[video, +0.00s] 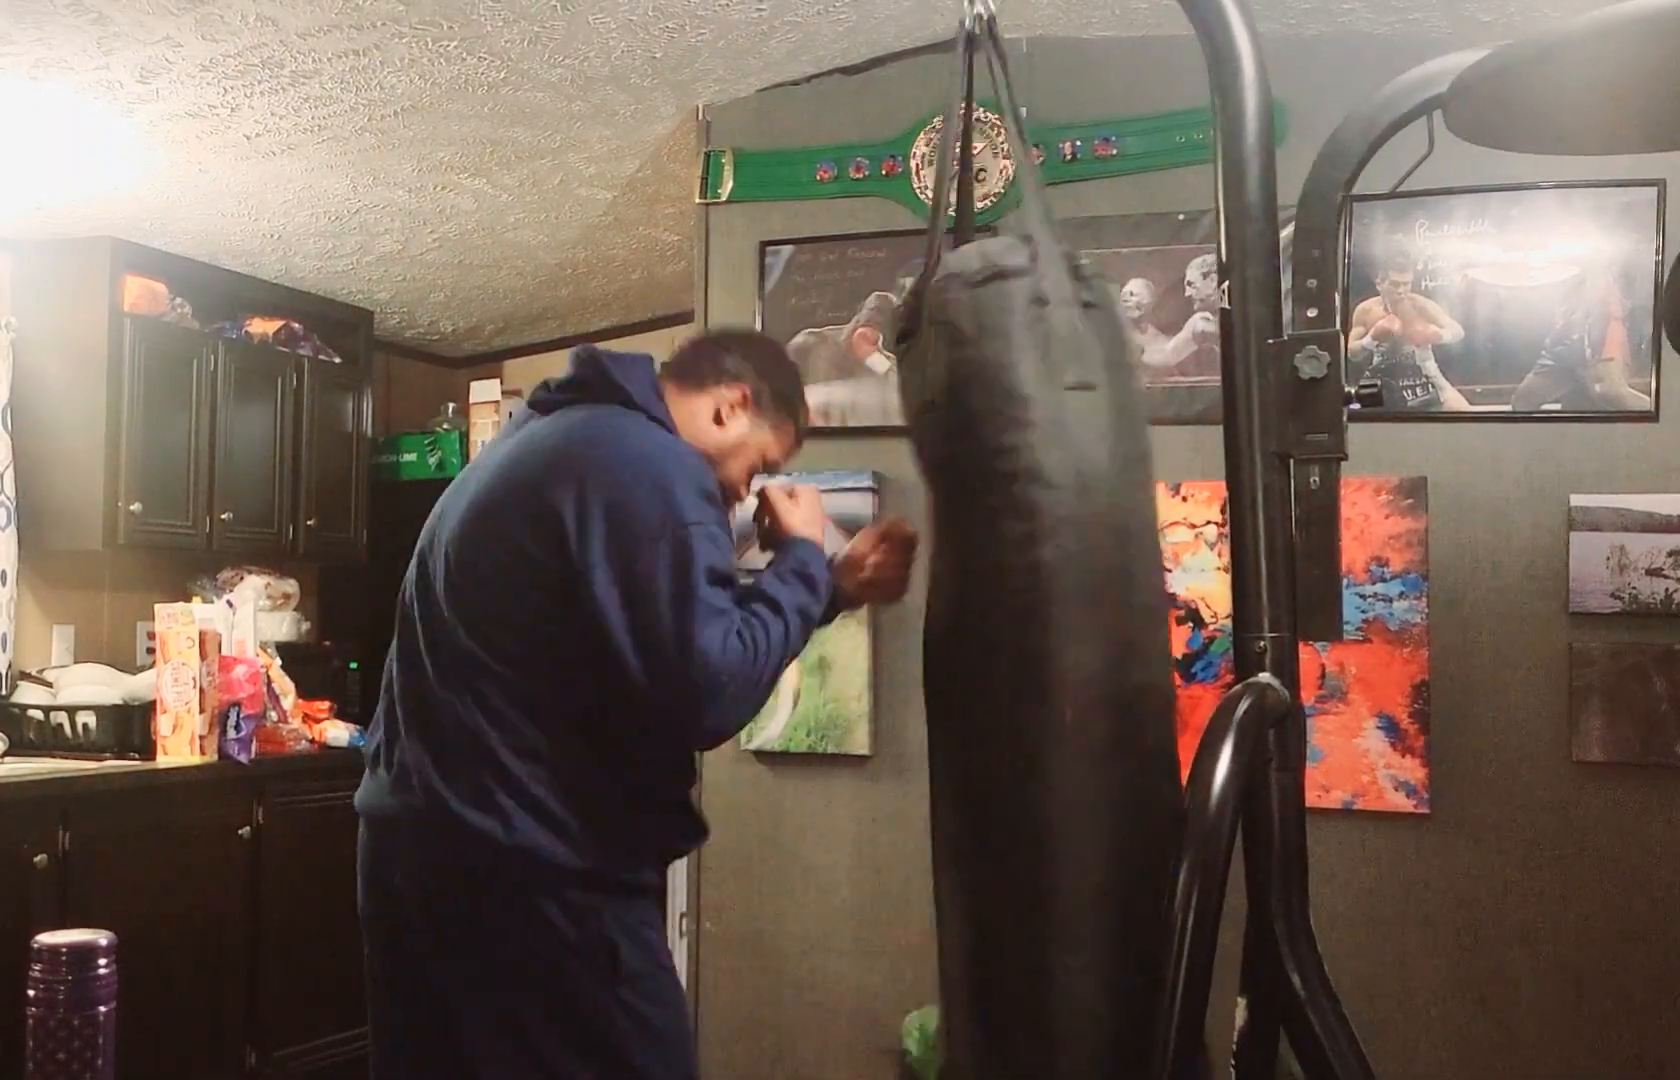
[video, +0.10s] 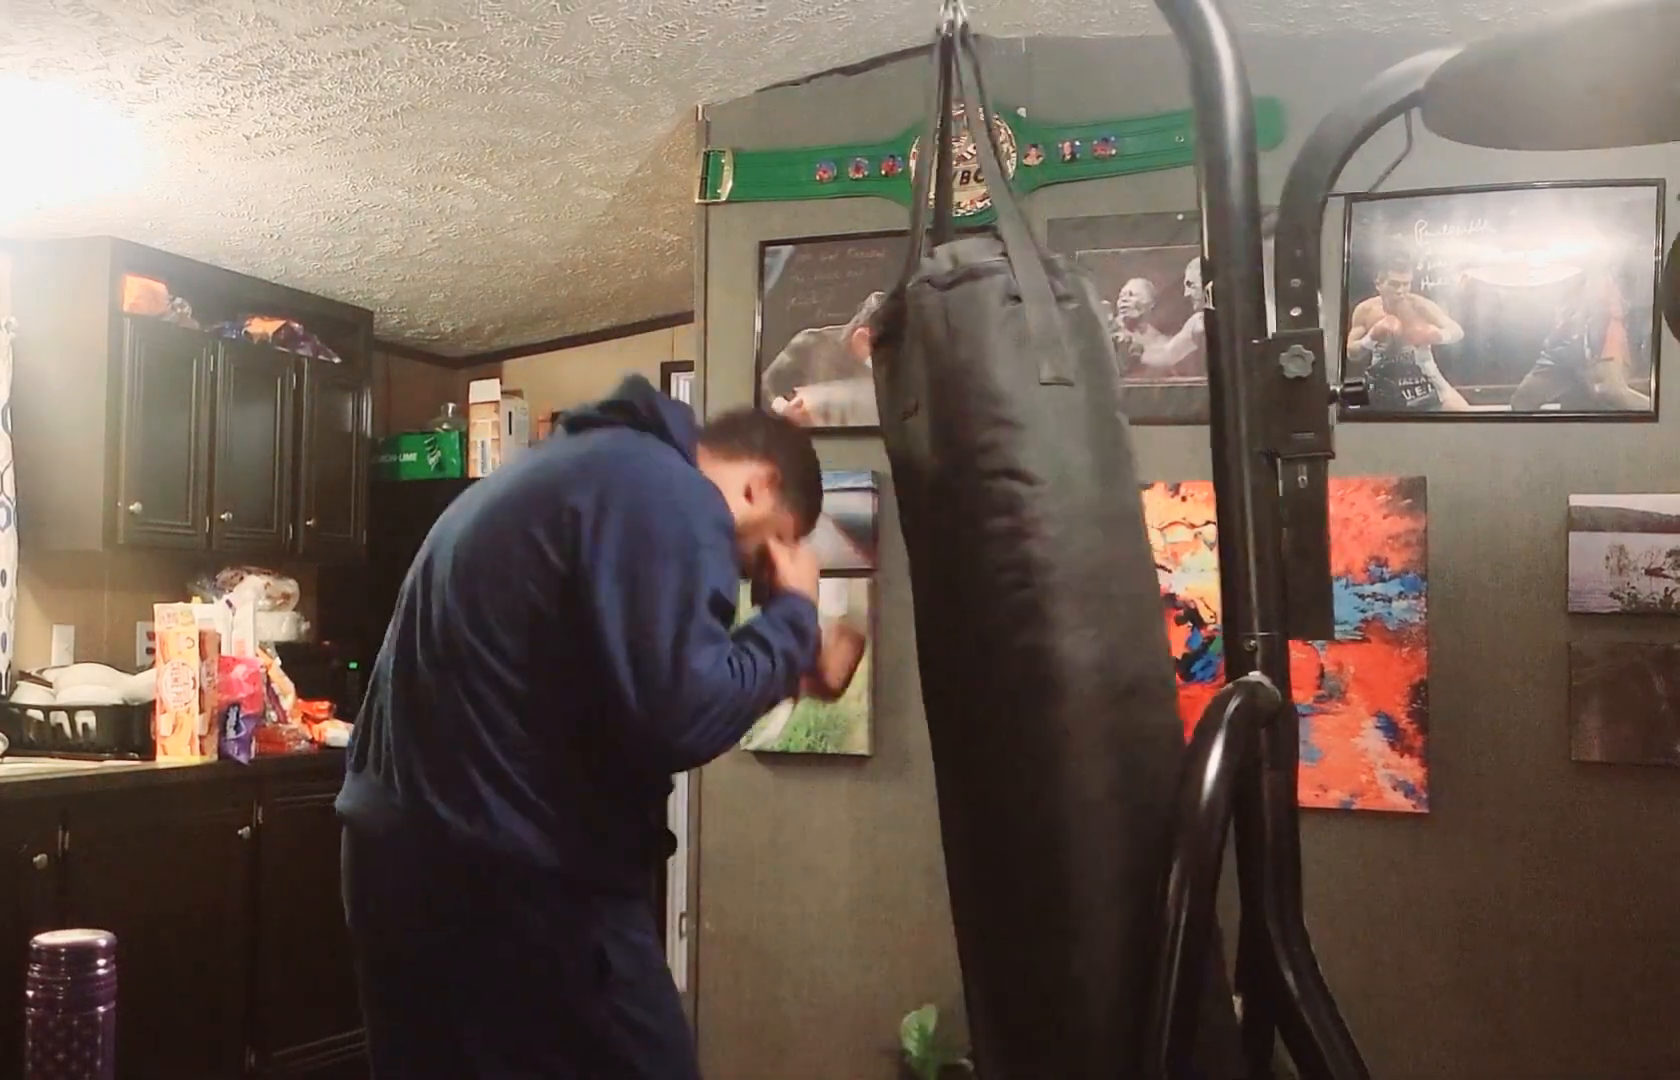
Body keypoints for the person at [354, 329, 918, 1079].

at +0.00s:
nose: (743, 494)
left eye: (759, 478)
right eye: (757, 466)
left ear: (717, 400)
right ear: (731, 407)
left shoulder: (548, 438)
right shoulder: (644, 464)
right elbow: (705, 693)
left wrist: (831, 585)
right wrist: (803, 561)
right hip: (545, 873)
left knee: (442, 1066)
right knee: (636, 1063)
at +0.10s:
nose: (752, 566)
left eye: (770, 555)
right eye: (769, 545)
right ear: (757, 488)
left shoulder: (562, 468)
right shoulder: (656, 487)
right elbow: (679, 716)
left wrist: (792, 666)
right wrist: (794, 614)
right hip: (524, 874)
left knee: (435, 1064)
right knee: (638, 1063)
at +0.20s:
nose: (772, 626)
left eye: (787, 615)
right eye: (790, 604)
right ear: (775, 550)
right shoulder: (703, 526)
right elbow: (681, 741)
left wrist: (762, 744)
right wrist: (802, 683)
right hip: (510, 877)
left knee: (418, 1066)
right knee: (642, 1065)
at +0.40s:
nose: (850, 618)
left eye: (855, 604)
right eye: (852, 597)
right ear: (841, 563)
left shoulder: (628, 533)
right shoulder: (798, 554)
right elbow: (794, 779)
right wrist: (869, 706)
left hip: (430, 852)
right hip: (589, 890)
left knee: (460, 1062)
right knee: (683, 1061)